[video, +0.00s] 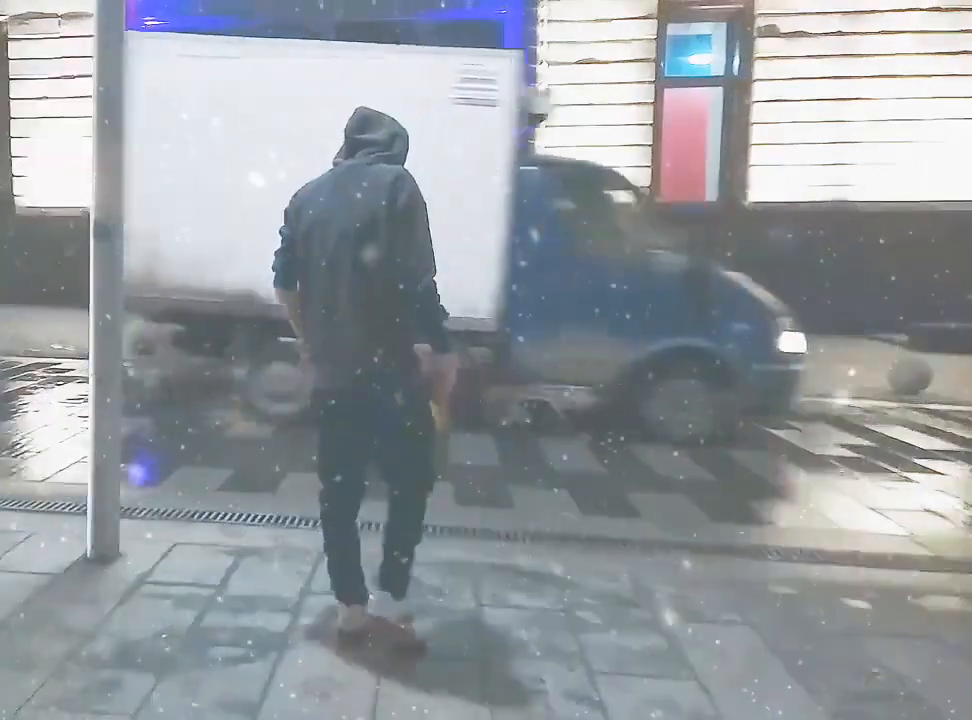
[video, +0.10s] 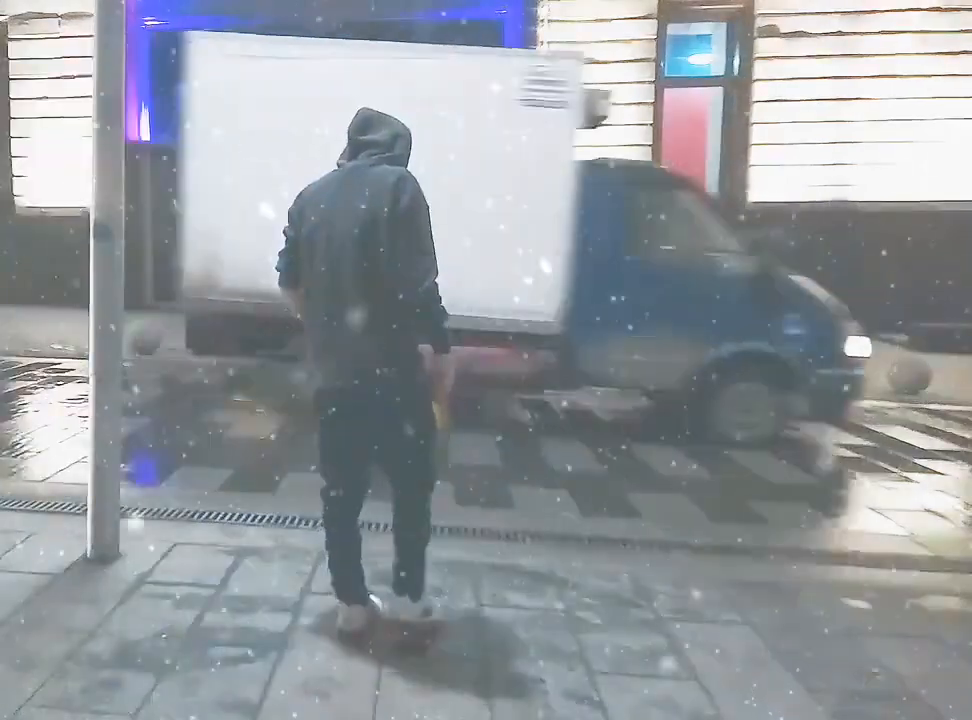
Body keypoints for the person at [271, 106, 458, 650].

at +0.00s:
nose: (400, 160)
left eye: (397, 153)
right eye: (399, 153)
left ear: (348, 146)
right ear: (394, 148)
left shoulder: (307, 196)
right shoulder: (397, 183)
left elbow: (284, 279)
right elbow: (417, 276)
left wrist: (307, 342)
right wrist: (438, 351)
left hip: (332, 368)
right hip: (391, 365)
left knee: (338, 490)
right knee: (412, 480)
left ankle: (351, 612)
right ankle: (392, 607)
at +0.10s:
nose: (405, 159)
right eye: (403, 152)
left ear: (350, 146)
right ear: (396, 148)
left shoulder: (311, 195)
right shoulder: (399, 185)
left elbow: (289, 275)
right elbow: (418, 277)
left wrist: (321, 327)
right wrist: (440, 347)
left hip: (332, 369)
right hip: (392, 366)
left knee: (340, 491)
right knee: (413, 481)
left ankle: (351, 605)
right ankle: (409, 597)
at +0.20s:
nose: (409, 161)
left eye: (406, 154)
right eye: (408, 154)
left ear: (356, 148)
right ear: (402, 150)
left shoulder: (316, 197)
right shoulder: (405, 189)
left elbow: (296, 277)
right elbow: (425, 281)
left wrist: (332, 323)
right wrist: (444, 352)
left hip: (337, 367)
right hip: (398, 366)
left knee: (343, 490)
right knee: (413, 480)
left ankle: (351, 606)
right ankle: (421, 590)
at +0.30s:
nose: (412, 162)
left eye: (410, 154)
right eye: (411, 155)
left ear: (360, 150)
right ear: (405, 152)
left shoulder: (321, 198)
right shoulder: (410, 190)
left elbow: (300, 278)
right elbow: (429, 278)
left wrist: (334, 325)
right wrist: (445, 349)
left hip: (342, 366)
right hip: (401, 363)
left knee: (345, 481)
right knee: (413, 473)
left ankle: (352, 603)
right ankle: (426, 580)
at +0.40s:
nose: (423, 165)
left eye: (420, 157)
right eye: (421, 158)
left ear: (370, 153)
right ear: (415, 155)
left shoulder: (331, 200)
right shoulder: (419, 195)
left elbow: (308, 277)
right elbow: (439, 283)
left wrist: (333, 329)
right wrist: (451, 354)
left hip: (349, 365)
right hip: (410, 362)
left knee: (350, 482)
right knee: (420, 472)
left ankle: (352, 601)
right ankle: (428, 573)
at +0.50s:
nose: (435, 170)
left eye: (432, 162)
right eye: (434, 163)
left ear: (383, 155)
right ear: (426, 159)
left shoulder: (342, 203)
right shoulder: (432, 200)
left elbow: (319, 277)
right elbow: (451, 287)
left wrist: (340, 332)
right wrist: (449, 346)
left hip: (357, 364)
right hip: (418, 362)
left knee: (355, 480)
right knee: (425, 473)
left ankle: (351, 598)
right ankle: (427, 574)